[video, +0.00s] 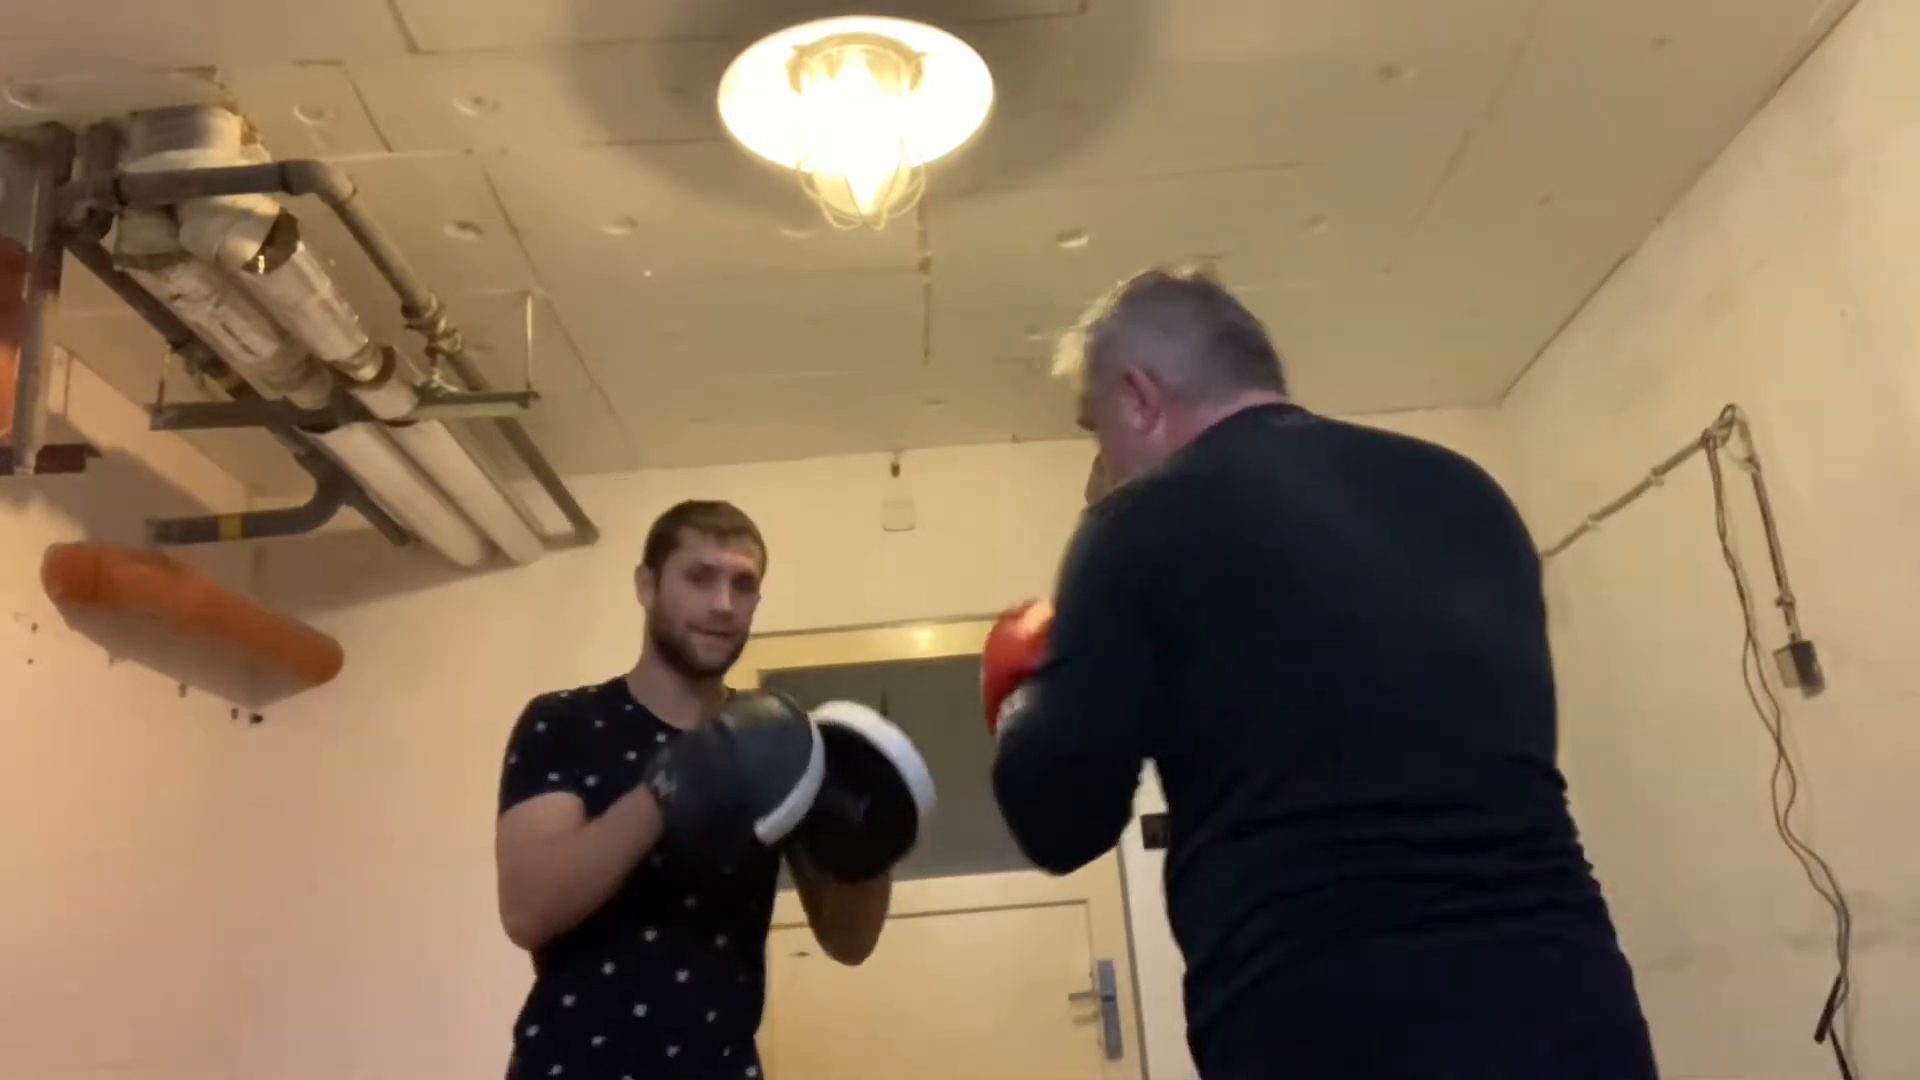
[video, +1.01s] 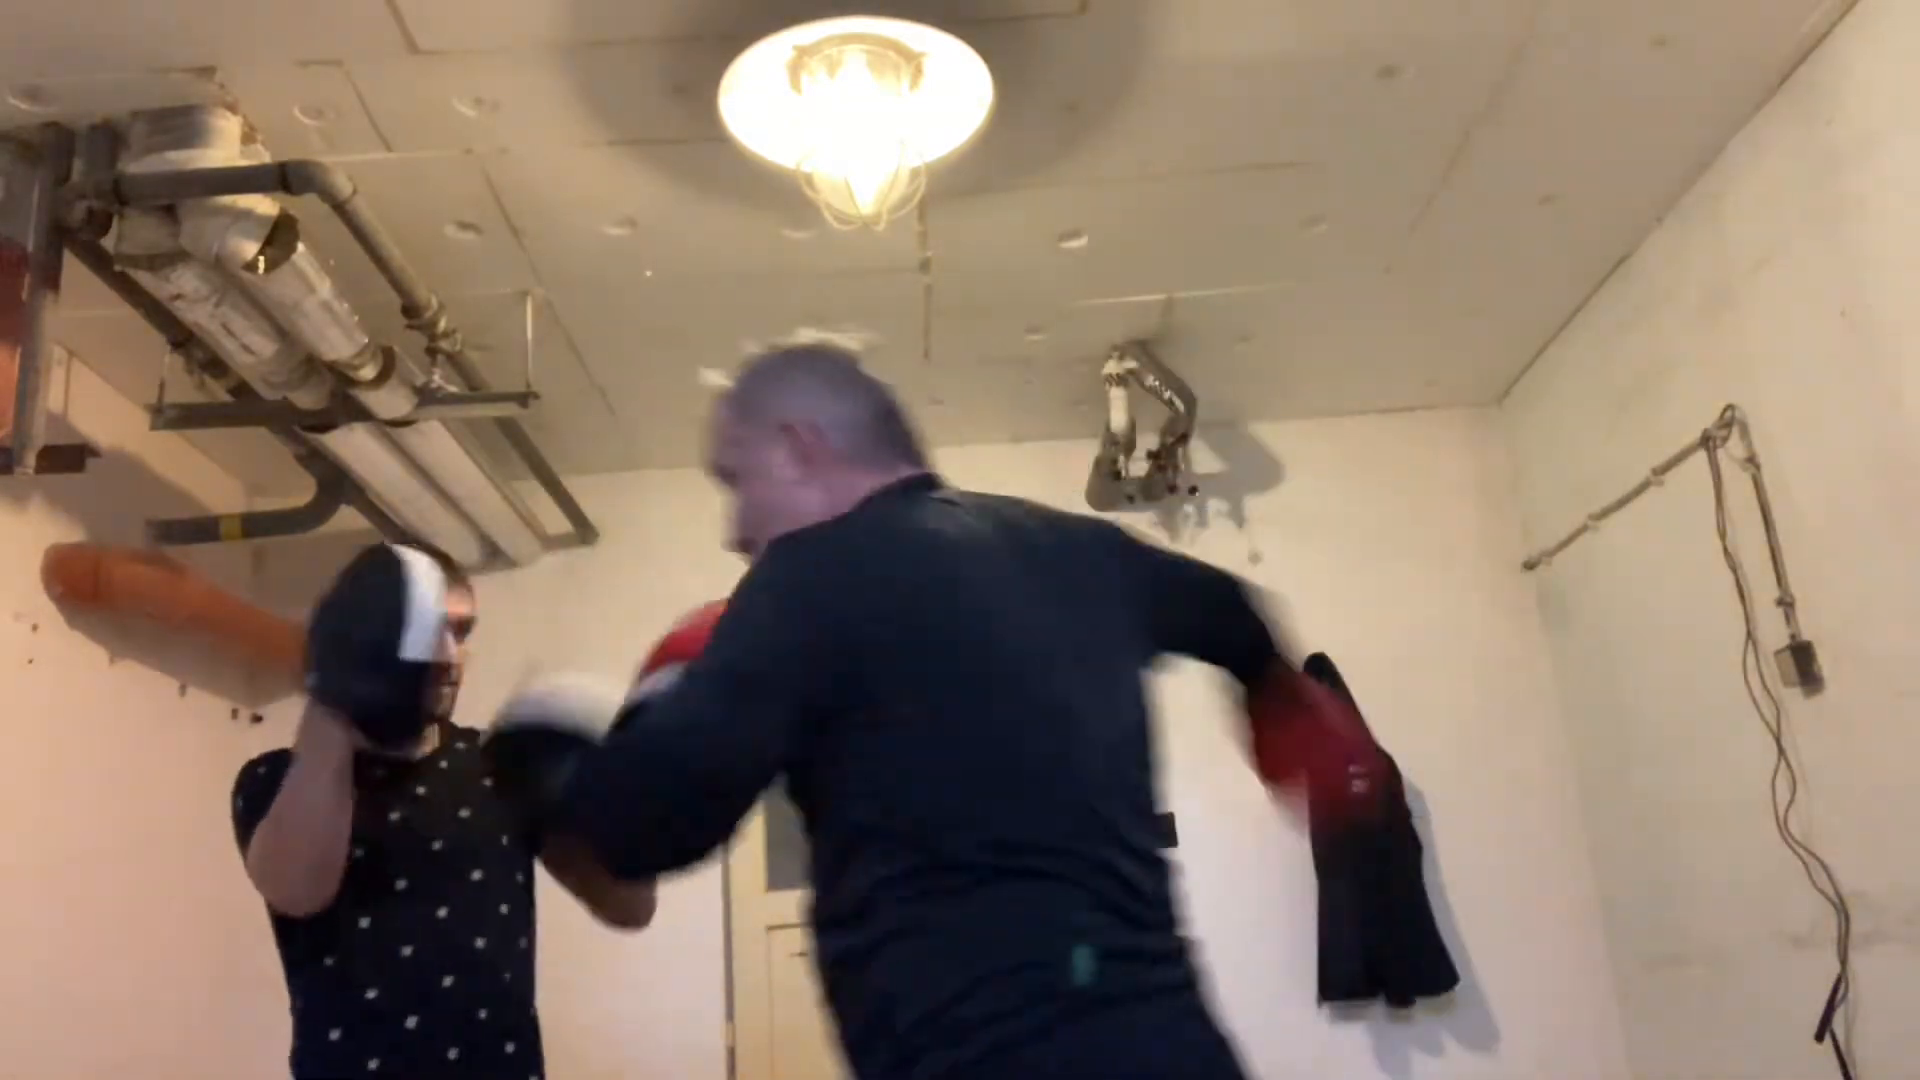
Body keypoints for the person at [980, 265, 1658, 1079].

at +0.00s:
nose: (1099, 470)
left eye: (1095, 429)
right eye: (1090, 436)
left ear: (1141, 397)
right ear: (1261, 376)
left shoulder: (1142, 528)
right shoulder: (1466, 488)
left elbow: (1059, 823)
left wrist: (1017, 690)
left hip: (1308, 1016)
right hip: (1558, 989)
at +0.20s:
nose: (1166, 475)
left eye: (1161, 441)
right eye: (1155, 451)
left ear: (1218, 406)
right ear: (1329, 396)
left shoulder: (1212, 519)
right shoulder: (1513, 521)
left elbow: (1138, 784)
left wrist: (1068, 719)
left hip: (1332, 1023)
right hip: (1577, 1010)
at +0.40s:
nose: (1157, 481)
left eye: (1155, 455)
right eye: (1148, 463)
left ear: (1212, 417)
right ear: (1321, 406)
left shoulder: (1214, 511)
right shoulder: (1507, 525)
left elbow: (1088, 745)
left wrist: (1026, 651)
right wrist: (1135, 616)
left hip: (1313, 1020)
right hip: (1549, 1009)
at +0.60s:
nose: (1100, 498)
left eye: (1095, 473)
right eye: (1095, 477)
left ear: (1125, 444)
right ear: (1253, 427)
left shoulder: (1108, 540)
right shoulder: (1440, 531)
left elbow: (891, 667)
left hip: (1228, 1027)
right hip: (1471, 1024)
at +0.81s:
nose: (934, 518)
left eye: (930, 498)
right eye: (931, 501)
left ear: (957, 476)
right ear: (1089, 456)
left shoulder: (945, 569)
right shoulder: (1264, 559)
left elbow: (775, 647)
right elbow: (1445, 761)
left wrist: (700, 612)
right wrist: (1265, 782)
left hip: (1080, 1038)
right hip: (1316, 1032)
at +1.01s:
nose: (734, 526)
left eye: (734, 482)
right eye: (725, 489)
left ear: (800, 453)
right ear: (884, 445)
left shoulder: (810, 582)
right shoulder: (1071, 549)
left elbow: (648, 817)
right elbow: (1237, 614)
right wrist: (1283, 705)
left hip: (954, 1044)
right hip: (1159, 1025)